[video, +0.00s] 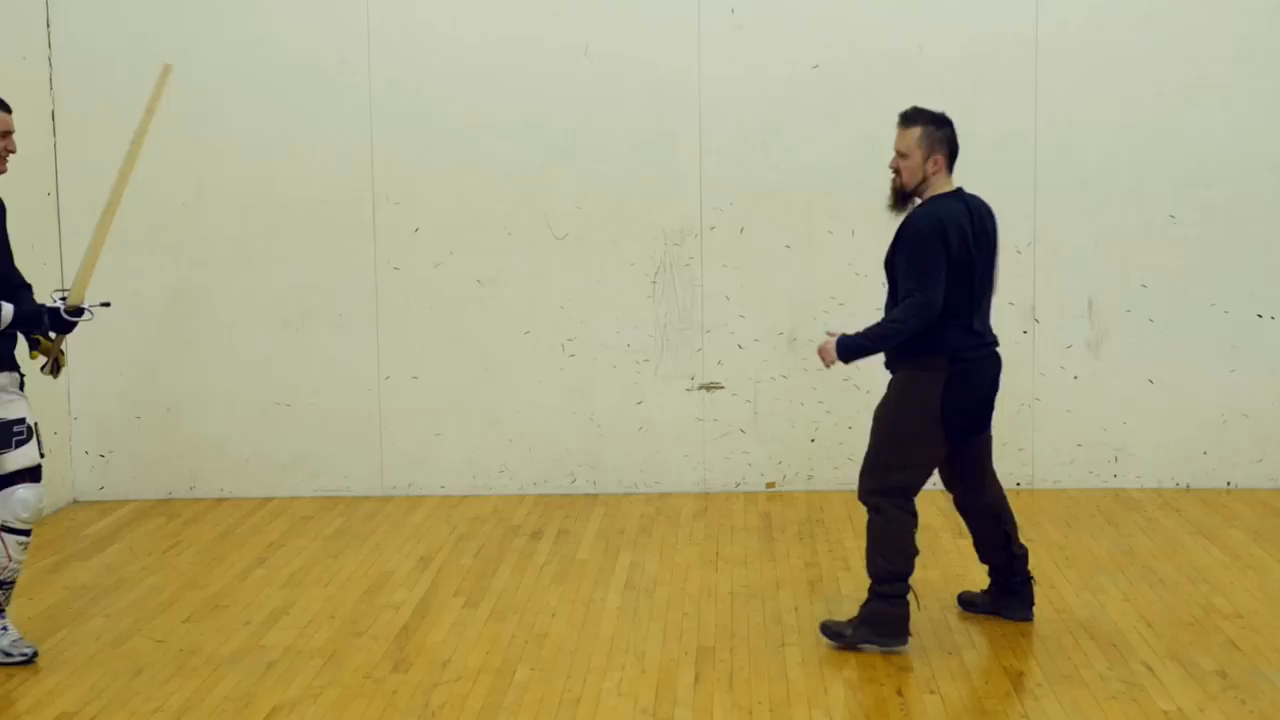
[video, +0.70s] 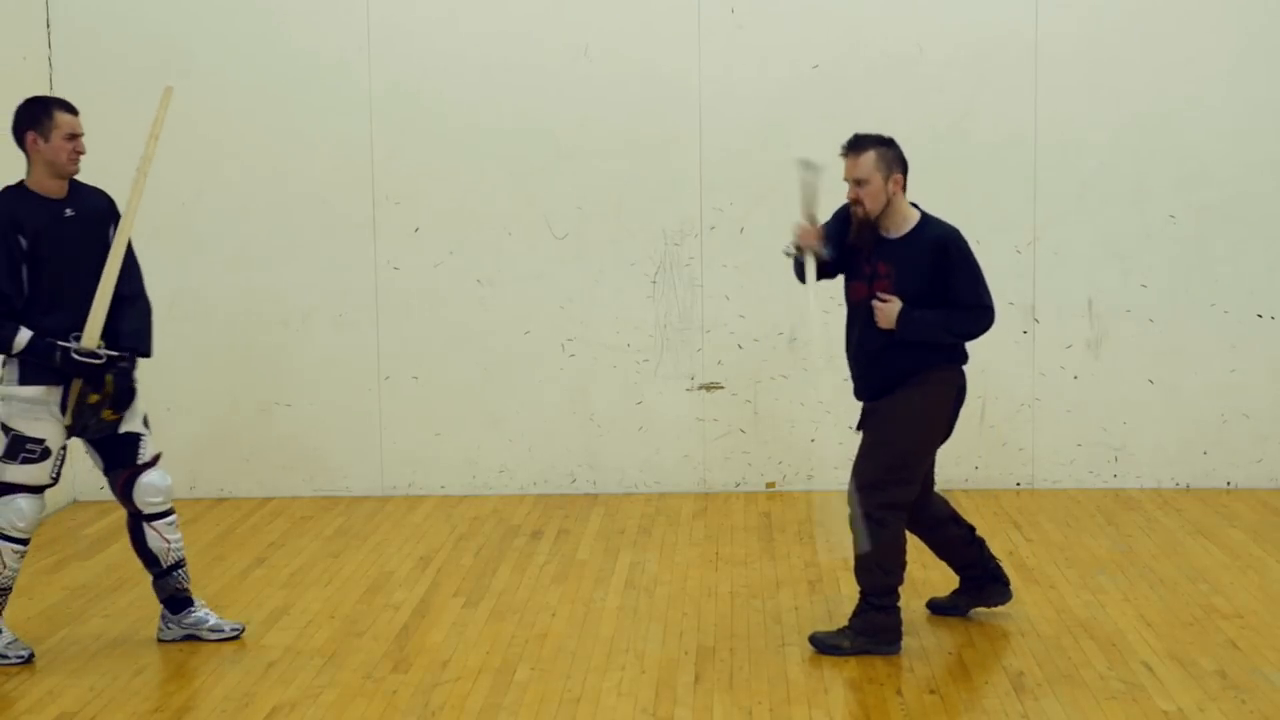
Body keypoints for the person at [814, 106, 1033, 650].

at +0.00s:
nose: (894, 165)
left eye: (902, 156)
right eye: (895, 155)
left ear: (935, 161)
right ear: (941, 163)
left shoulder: (925, 224)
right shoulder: (978, 213)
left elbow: (919, 309)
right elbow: (964, 294)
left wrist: (847, 346)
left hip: (930, 376)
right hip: (974, 371)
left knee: (886, 488)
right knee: (972, 480)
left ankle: (884, 617)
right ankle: (1012, 590)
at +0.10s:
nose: (887, 170)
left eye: (895, 162)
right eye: (887, 160)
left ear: (927, 167)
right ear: (930, 168)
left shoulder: (924, 230)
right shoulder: (960, 211)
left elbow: (929, 318)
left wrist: (851, 339)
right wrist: (899, 200)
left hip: (924, 380)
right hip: (963, 373)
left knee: (882, 494)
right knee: (965, 482)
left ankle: (876, 622)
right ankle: (1011, 589)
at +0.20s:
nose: (867, 180)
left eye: (877, 173)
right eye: (868, 169)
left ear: (911, 179)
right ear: (905, 175)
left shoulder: (922, 245)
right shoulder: (919, 207)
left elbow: (941, 338)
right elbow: (881, 225)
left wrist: (863, 349)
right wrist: (837, 225)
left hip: (917, 383)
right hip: (943, 376)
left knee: (867, 494)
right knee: (946, 482)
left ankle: (876, 623)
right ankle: (1007, 583)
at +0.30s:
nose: (854, 191)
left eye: (864, 183)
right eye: (855, 181)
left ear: (898, 189)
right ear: (887, 186)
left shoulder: (931, 252)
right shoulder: (880, 214)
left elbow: (955, 337)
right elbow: (832, 223)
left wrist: (877, 337)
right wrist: (768, 240)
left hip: (916, 387)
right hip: (906, 379)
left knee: (867, 495)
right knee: (929, 483)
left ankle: (877, 623)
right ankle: (998, 569)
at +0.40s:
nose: (854, 210)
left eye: (864, 200)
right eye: (851, 199)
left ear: (898, 196)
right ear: (852, 192)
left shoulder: (938, 254)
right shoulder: (857, 224)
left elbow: (977, 328)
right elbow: (803, 264)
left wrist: (901, 329)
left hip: (921, 392)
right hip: (887, 390)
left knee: (868, 496)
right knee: (917, 489)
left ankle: (877, 623)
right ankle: (984, 569)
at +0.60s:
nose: (857, 213)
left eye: (867, 202)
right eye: (852, 202)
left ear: (900, 196)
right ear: (849, 196)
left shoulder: (941, 251)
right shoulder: (848, 228)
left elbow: (980, 321)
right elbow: (813, 285)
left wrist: (910, 328)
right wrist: (818, 328)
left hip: (924, 391)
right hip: (874, 393)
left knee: (871, 496)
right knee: (909, 497)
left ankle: (878, 623)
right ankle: (981, 572)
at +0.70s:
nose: (852, 194)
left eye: (861, 184)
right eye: (848, 184)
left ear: (896, 182)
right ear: (847, 183)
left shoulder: (940, 242)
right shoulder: (852, 224)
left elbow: (978, 317)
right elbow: (816, 268)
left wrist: (906, 317)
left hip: (927, 389)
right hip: (884, 391)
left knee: (872, 493)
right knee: (909, 497)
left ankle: (877, 623)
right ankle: (984, 578)